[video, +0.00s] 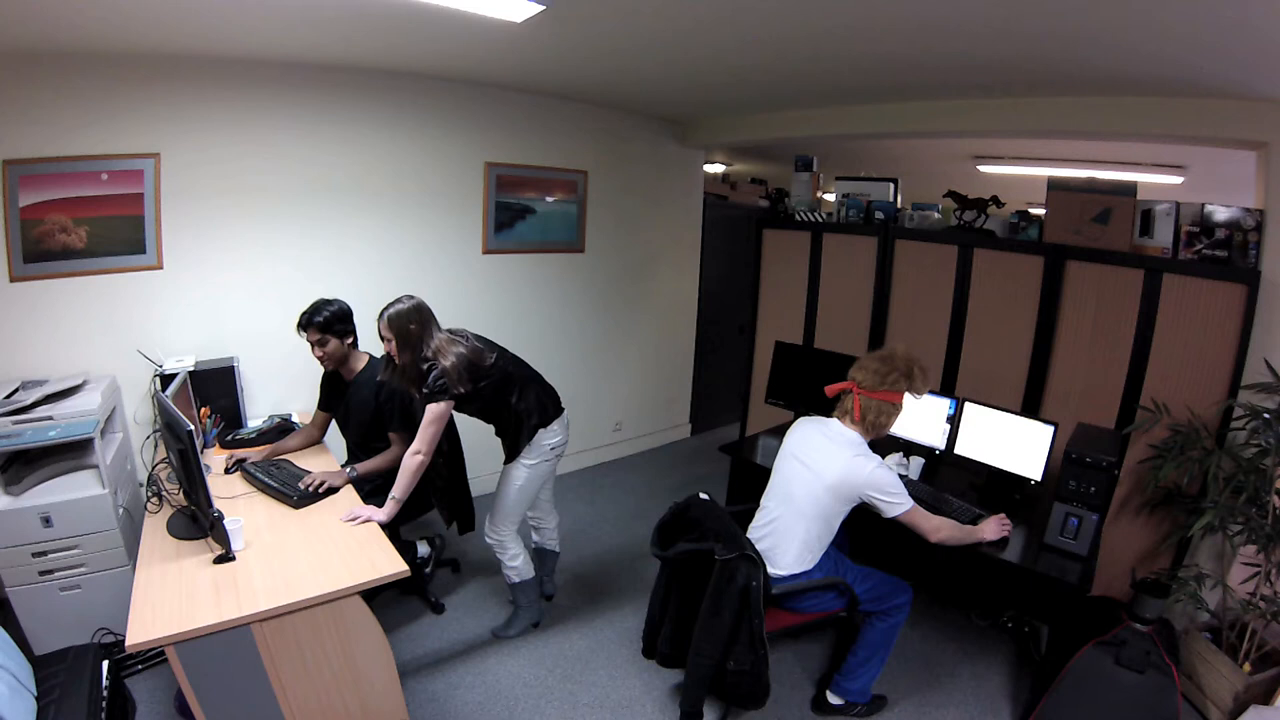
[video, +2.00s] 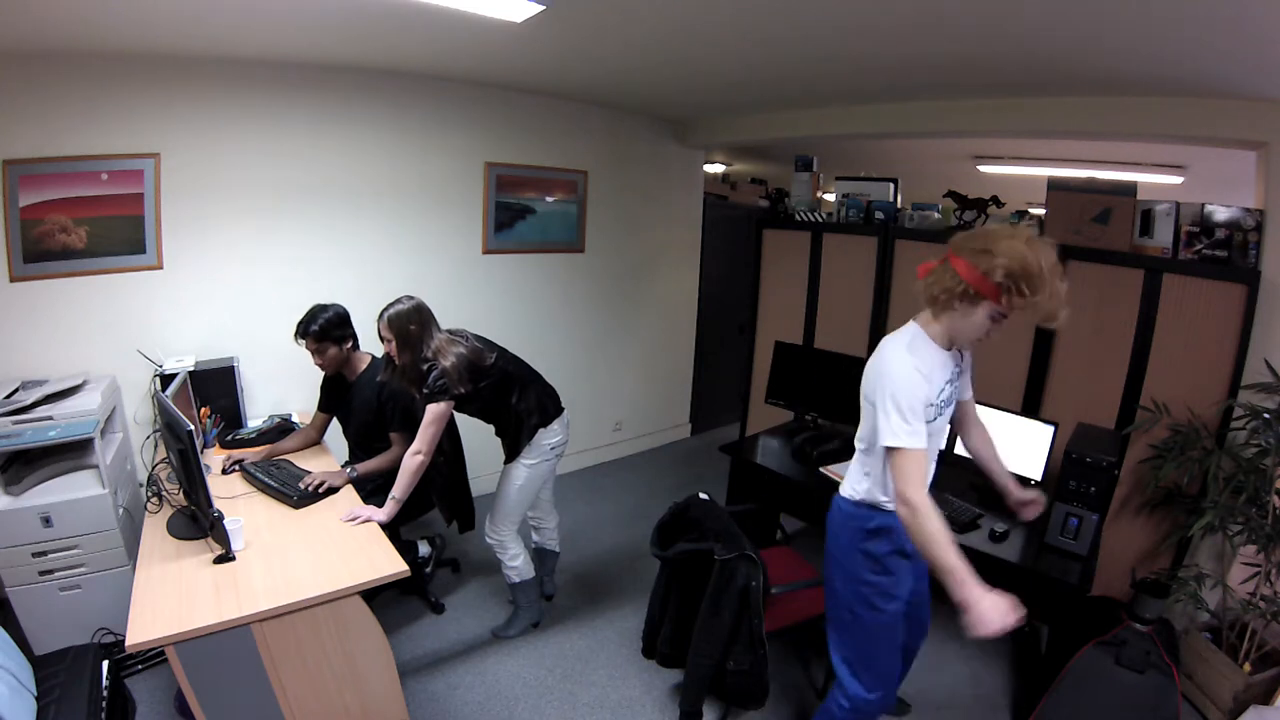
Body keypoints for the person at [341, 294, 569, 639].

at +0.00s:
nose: (387, 349)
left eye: (389, 340)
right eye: (384, 340)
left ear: (411, 337)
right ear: (420, 330)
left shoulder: (443, 369)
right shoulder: (450, 340)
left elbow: (420, 452)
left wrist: (388, 509)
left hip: (538, 434)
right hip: (547, 421)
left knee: (500, 531)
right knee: (541, 507)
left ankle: (528, 607)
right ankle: (545, 580)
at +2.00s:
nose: (387, 349)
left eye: (389, 341)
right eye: (384, 341)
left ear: (410, 338)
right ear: (420, 331)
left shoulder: (444, 369)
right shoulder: (450, 340)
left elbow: (420, 452)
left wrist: (388, 509)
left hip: (538, 433)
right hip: (547, 421)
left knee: (500, 530)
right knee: (541, 507)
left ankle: (528, 607)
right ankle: (546, 581)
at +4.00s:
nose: (386, 346)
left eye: (389, 338)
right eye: (384, 338)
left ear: (411, 337)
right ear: (422, 330)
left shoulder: (443, 370)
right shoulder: (450, 340)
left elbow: (420, 452)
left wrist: (388, 509)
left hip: (538, 433)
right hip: (547, 420)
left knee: (500, 530)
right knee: (541, 507)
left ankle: (528, 607)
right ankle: (546, 581)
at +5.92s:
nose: (388, 325)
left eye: (394, 319)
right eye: (391, 317)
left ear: (413, 327)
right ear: (428, 324)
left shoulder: (445, 366)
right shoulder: (451, 344)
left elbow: (420, 451)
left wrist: (388, 509)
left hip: (538, 431)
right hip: (544, 419)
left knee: (501, 529)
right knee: (541, 506)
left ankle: (527, 609)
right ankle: (545, 581)